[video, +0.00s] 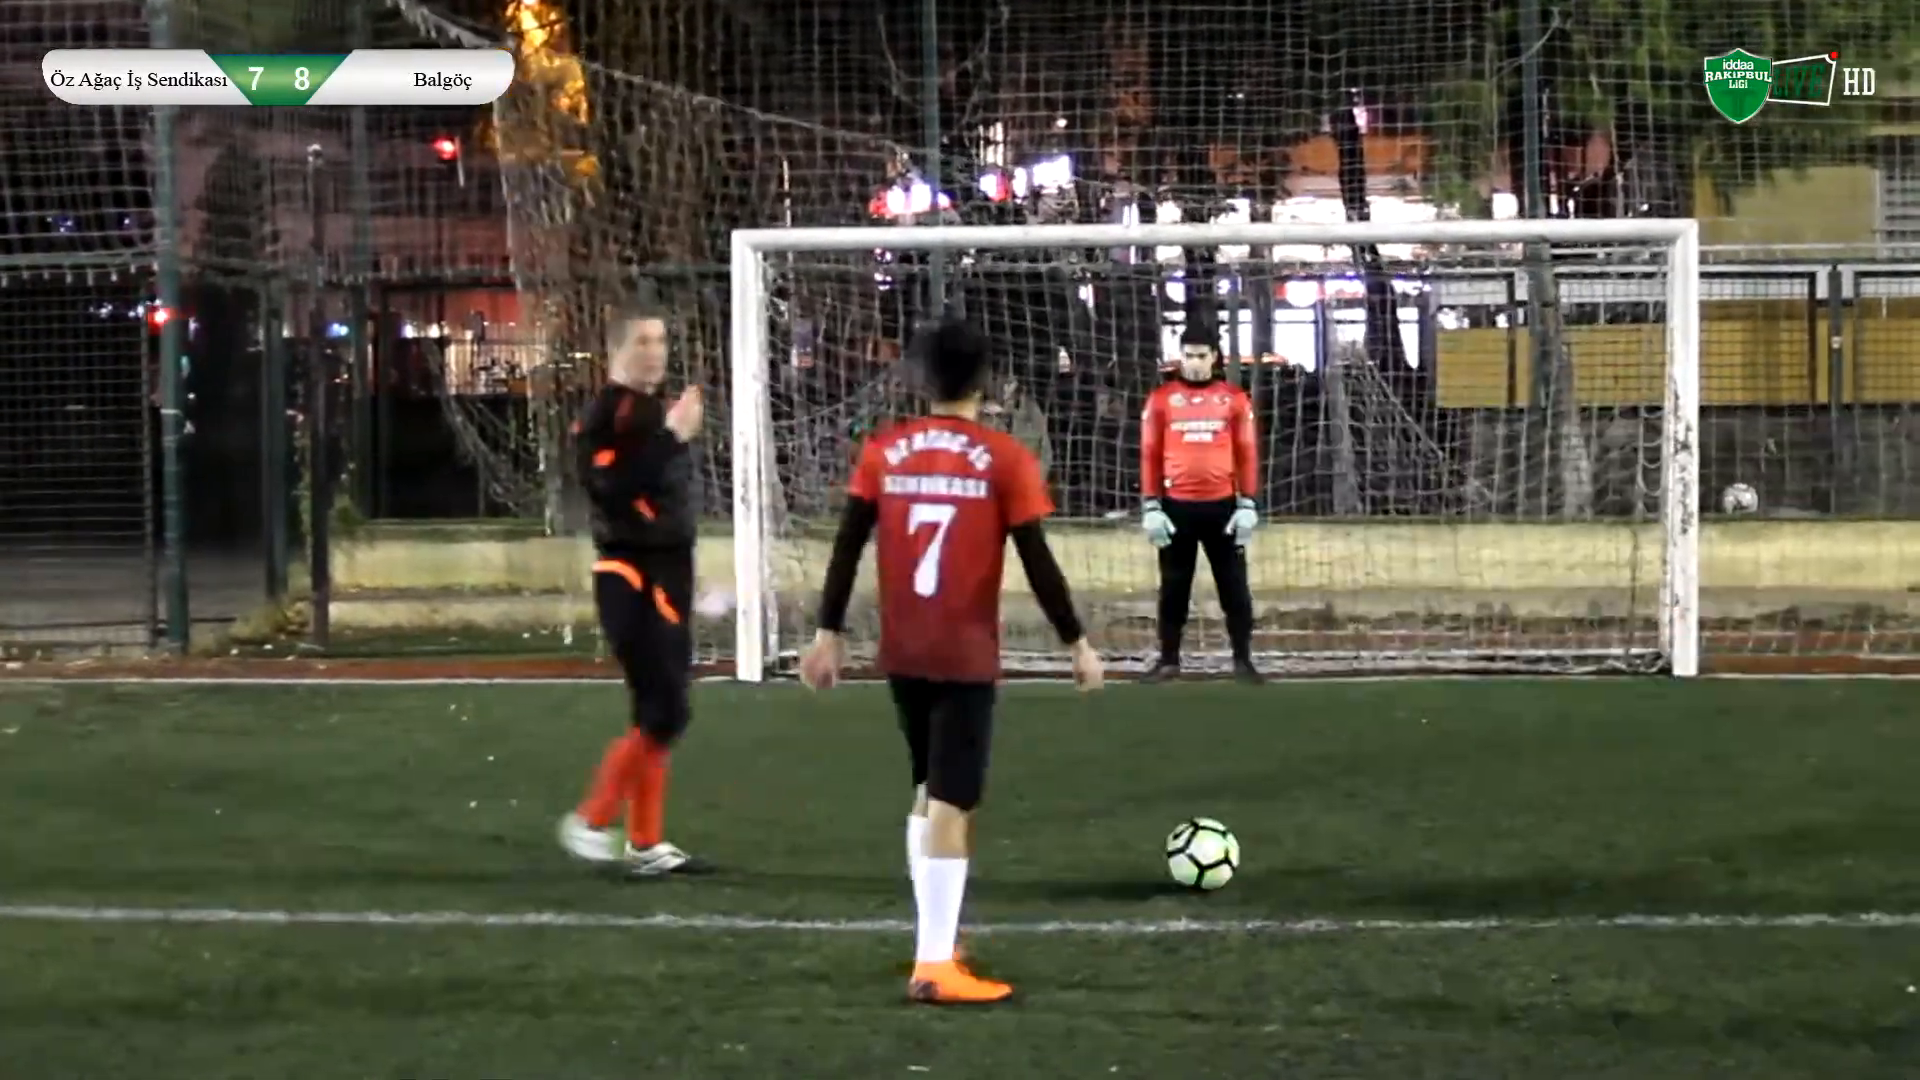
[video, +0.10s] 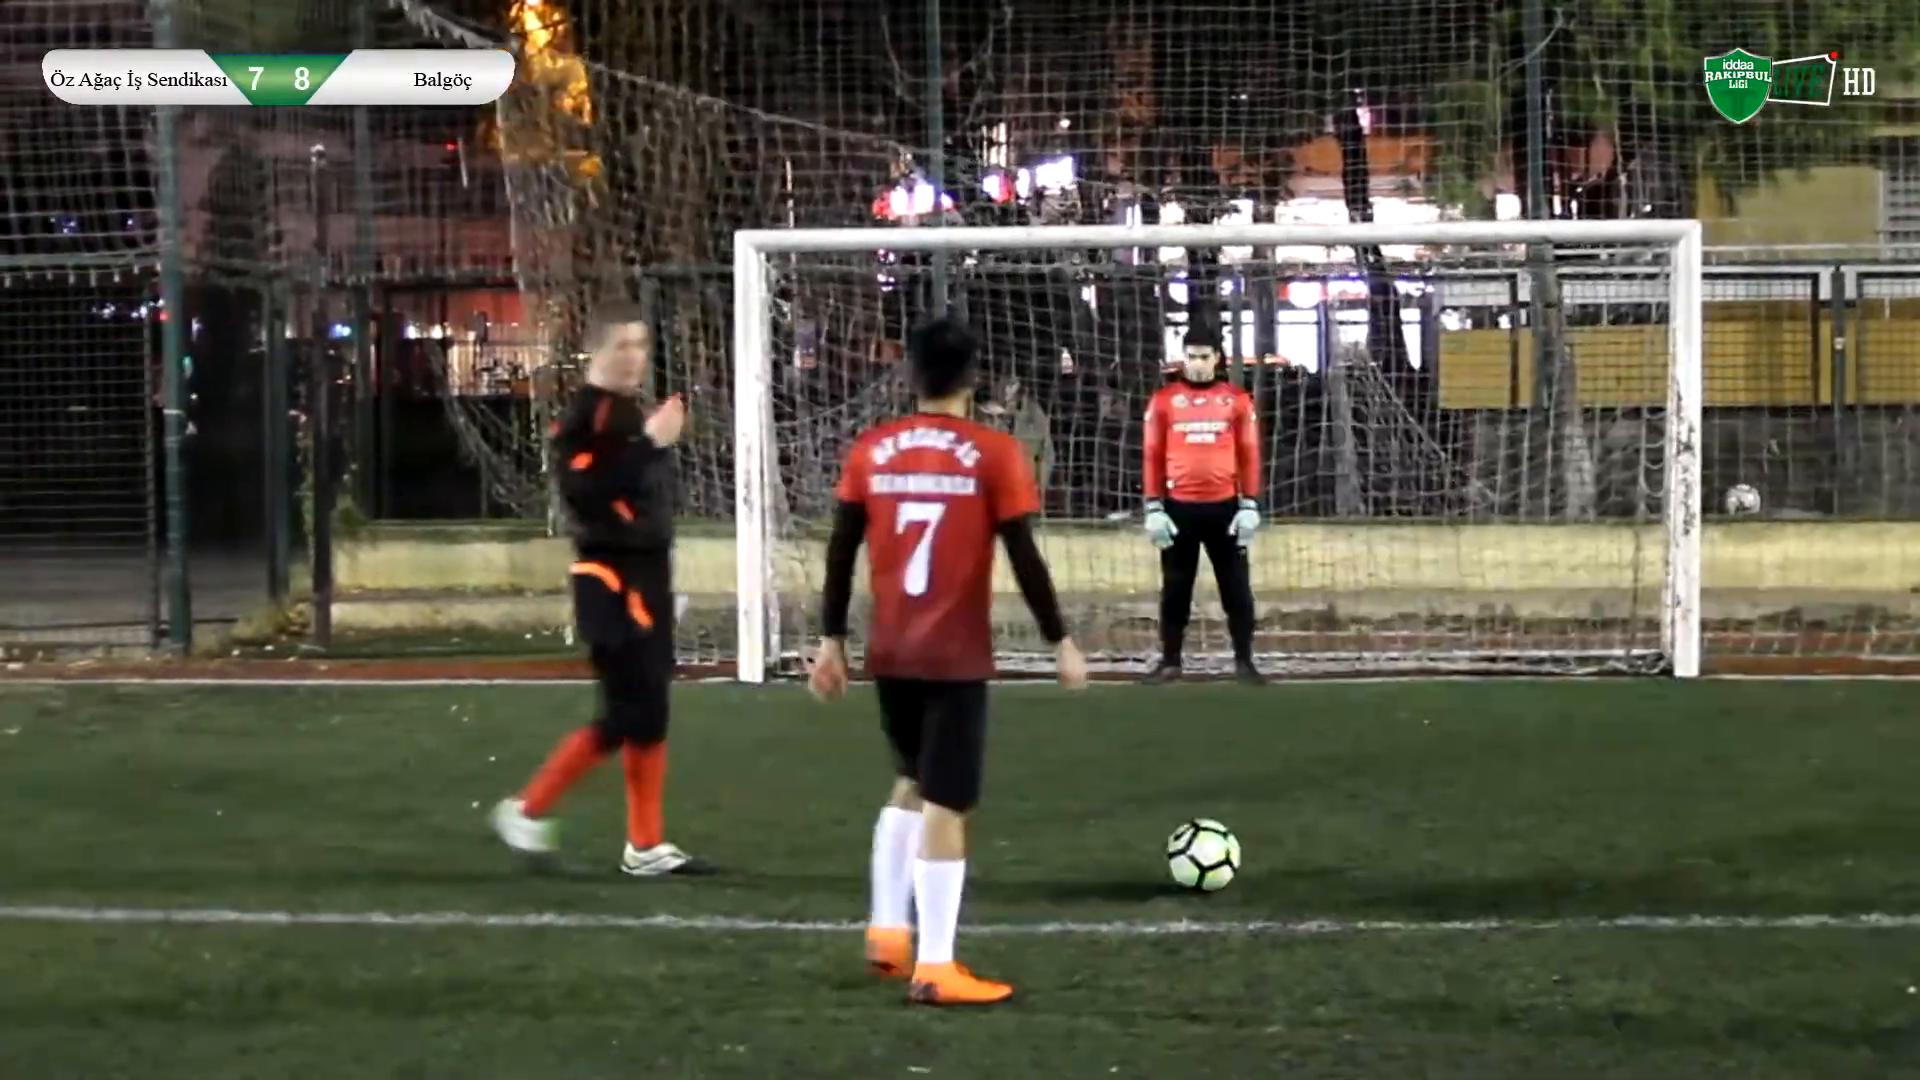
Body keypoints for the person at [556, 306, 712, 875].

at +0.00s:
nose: (657, 352)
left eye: (661, 341)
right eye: (645, 342)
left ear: (666, 349)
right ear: (620, 352)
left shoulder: (657, 412)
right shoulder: (609, 412)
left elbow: (678, 493)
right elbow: (616, 487)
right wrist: (673, 436)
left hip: (665, 570)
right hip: (629, 570)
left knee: (662, 711)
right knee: (662, 708)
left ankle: (645, 842)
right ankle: (590, 820)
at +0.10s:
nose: (635, 358)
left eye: (641, 347)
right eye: (623, 348)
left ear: (647, 355)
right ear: (595, 356)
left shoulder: (636, 416)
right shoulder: (582, 416)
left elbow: (652, 504)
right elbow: (585, 489)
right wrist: (652, 443)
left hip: (647, 575)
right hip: (607, 576)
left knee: (649, 710)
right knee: (629, 709)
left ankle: (645, 843)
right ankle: (524, 812)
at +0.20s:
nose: (619, 362)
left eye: (622, 350)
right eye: (607, 351)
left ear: (623, 360)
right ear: (578, 360)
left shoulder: (617, 417)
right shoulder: (569, 417)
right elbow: (570, 491)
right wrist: (632, 443)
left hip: (622, 575)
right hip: (588, 577)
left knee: (639, 708)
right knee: (586, 715)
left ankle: (645, 845)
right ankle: (486, 808)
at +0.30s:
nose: (597, 366)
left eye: (603, 355)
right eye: (585, 355)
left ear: (609, 361)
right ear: (559, 358)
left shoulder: (595, 418)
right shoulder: (545, 421)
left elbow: (599, 499)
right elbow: (545, 499)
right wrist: (612, 450)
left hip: (606, 580)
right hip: (565, 581)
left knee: (631, 709)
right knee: (555, 724)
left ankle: (644, 845)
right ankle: (458, 821)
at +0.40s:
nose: (581, 367)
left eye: (583, 356)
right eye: (568, 357)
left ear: (581, 364)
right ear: (538, 364)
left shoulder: (569, 428)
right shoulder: (522, 428)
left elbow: (561, 496)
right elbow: (517, 493)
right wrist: (589, 456)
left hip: (576, 588)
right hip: (539, 589)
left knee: (613, 714)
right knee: (522, 723)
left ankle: (638, 843)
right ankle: (444, 832)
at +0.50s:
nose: (550, 371)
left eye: (555, 360)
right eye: (538, 360)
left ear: (557, 366)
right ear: (508, 366)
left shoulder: (544, 428)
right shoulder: (497, 428)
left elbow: (540, 502)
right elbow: (493, 501)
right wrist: (570, 465)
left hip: (549, 586)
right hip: (510, 587)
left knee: (585, 712)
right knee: (497, 726)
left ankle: (628, 842)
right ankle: (432, 844)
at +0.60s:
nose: (528, 374)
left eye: (533, 362)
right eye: (516, 363)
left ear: (538, 370)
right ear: (487, 367)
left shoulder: (516, 431)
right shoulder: (479, 431)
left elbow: (506, 503)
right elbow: (471, 501)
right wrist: (541, 470)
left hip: (510, 592)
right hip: (485, 593)